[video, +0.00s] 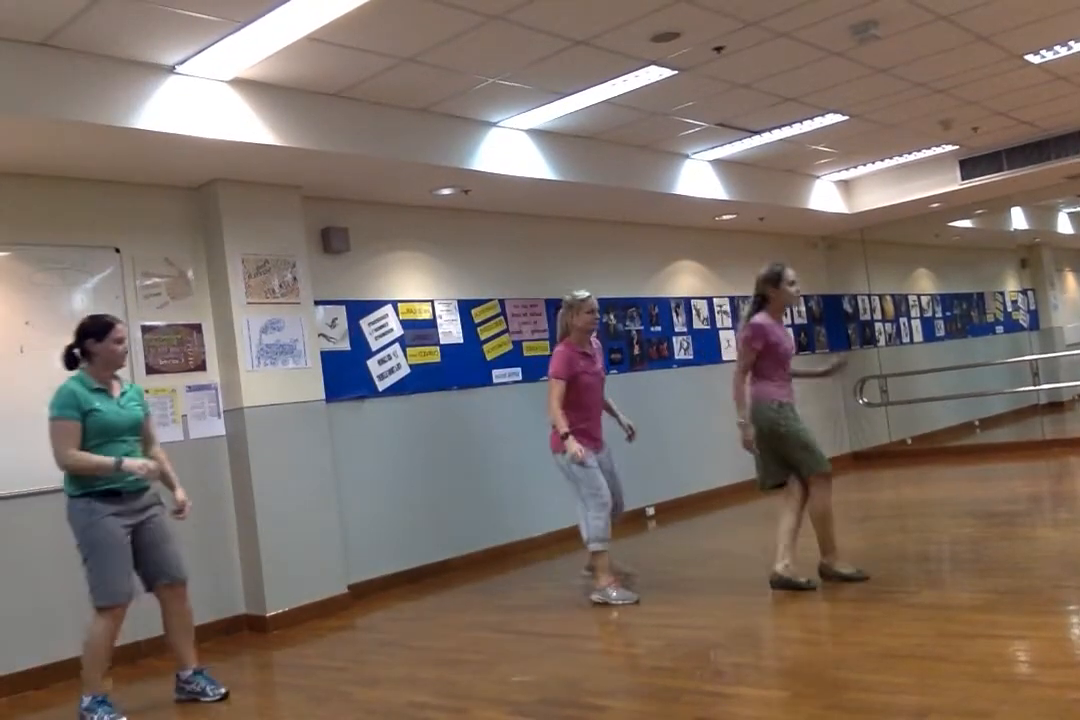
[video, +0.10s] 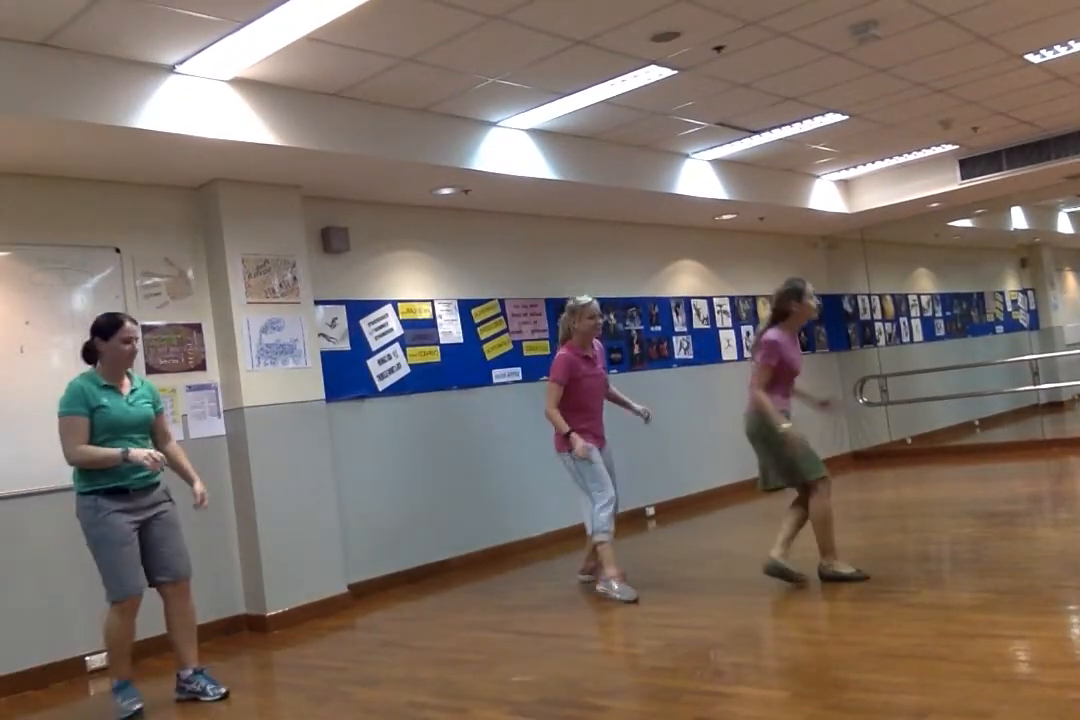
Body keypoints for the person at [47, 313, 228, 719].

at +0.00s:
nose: (125, 348)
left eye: (126, 341)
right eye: (118, 342)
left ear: (119, 345)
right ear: (91, 346)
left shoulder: (132, 392)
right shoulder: (71, 393)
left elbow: (151, 446)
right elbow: (66, 457)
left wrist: (176, 486)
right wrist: (125, 464)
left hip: (143, 502)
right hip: (96, 508)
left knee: (174, 585)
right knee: (113, 600)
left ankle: (189, 676)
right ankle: (93, 699)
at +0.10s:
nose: (134, 347)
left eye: (136, 341)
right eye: (126, 341)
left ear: (137, 344)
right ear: (101, 345)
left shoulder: (146, 389)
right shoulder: (80, 390)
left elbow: (166, 442)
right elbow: (74, 452)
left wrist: (194, 478)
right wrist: (127, 453)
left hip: (154, 497)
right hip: (105, 504)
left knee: (178, 583)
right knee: (127, 594)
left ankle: (190, 675)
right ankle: (123, 685)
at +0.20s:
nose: (130, 349)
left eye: (134, 342)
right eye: (122, 342)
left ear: (137, 346)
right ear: (100, 344)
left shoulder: (146, 389)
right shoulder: (81, 390)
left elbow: (163, 442)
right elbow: (75, 452)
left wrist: (192, 469)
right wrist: (128, 455)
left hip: (153, 496)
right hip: (104, 504)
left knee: (175, 582)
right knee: (131, 593)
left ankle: (190, 675)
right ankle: (127, 680)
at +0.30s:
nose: (124, 352)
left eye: (128, 345)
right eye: (115, 345)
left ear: (133, 349)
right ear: (95, 348)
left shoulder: (138, 390)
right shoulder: (78, 394)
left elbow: (153, 443)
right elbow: (76, 458)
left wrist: (188, 460)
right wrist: (130, 478)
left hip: (149, 498)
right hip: (103, 507)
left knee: (173, 581)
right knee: (127, 595)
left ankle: (190, 673)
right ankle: (127, 682)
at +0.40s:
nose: (120, 353)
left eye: (125, 347)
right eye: (112, 347)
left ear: (130, 349)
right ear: (91, 349)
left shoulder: (136, 389)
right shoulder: (76, 395)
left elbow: (151, 439)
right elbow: (72, 456)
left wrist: (186, 457)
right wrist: (107, 494)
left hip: (144, 495)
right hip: (98, 504)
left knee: (170, 578)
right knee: (121, 593)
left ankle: (165, 662)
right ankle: (126, 682)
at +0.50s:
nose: (115, 352)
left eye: (120, 345)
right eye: (106, 345)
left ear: (127, 348)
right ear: (89, 347)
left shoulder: (137, 388)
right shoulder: (72, 395)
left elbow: (152, 435)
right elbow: (60, 456)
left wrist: (183, 454)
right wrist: (81, 501)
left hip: (144, 497)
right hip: (100, 505)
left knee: (156, 582)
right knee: (116, 596)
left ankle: (126, 645)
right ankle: (122, 682)